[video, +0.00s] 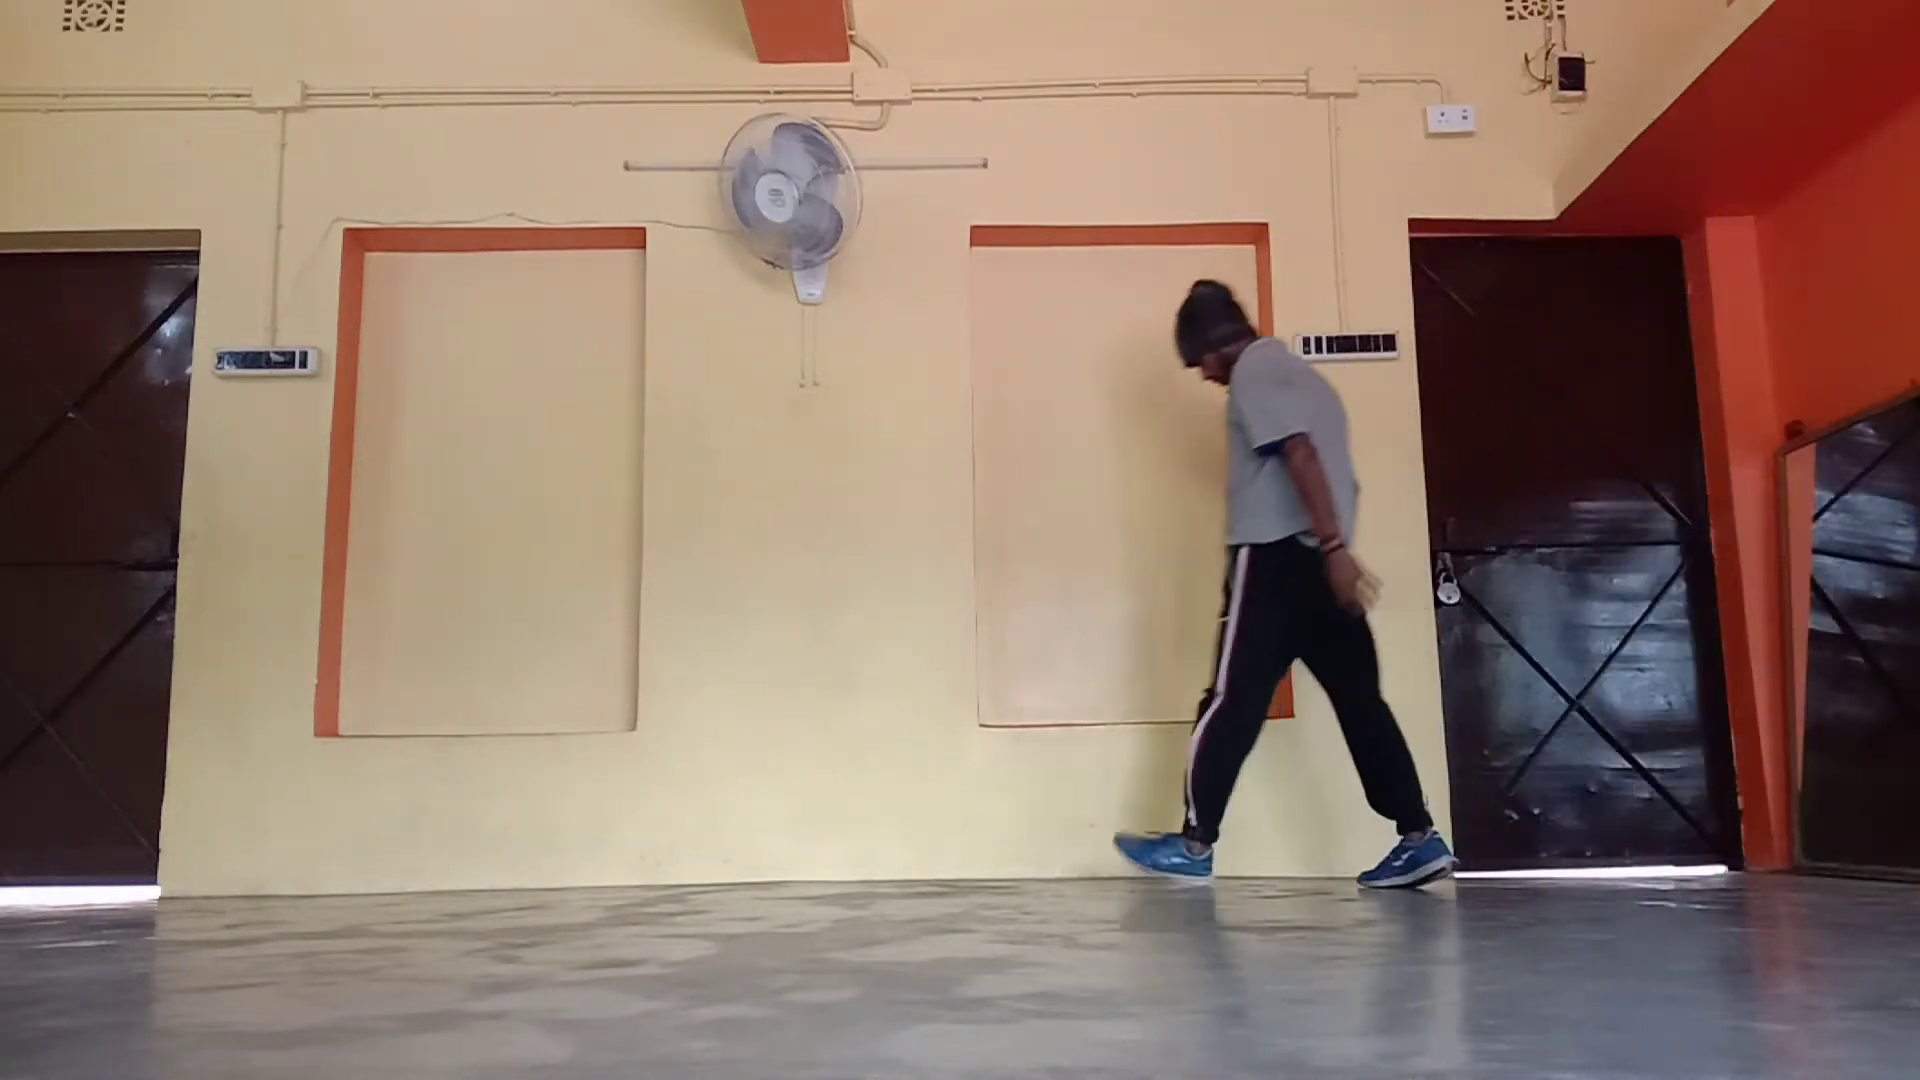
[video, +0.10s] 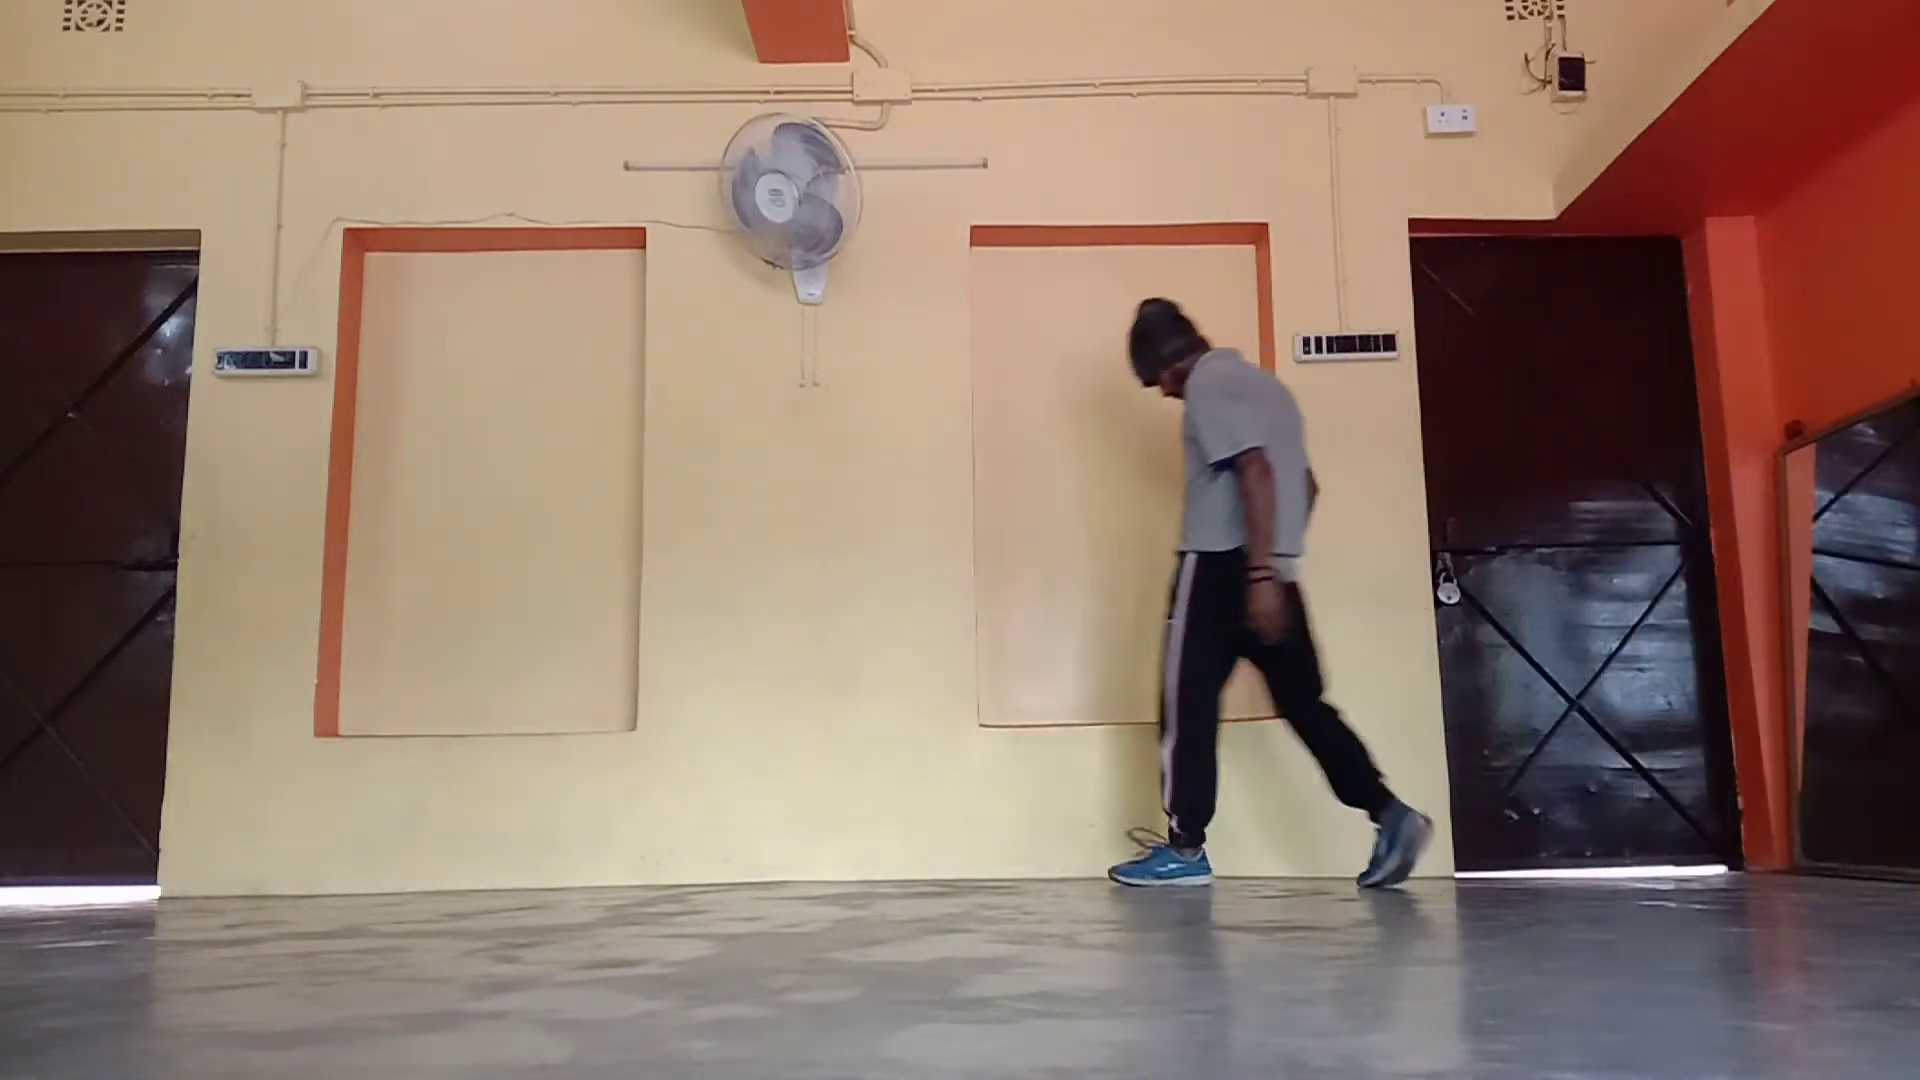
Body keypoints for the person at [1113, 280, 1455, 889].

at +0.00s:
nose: (1205, 375)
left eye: (1201, 362)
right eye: (1198, 366)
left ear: (1219, 343)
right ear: (1241, 330)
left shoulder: (1257, 370)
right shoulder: (1298, 372)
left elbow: (1301, 453)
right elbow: (1323, 468)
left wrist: (1335, 547)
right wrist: (1343, 558)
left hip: (1270, 554)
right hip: (1316, 555)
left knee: (1233, 698)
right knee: (1359, 700)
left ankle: (1195, 843)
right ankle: (1419, 836)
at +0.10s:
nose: (1162, 391)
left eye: (1157, 379)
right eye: (1155, 383)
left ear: (1171, 357)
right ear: (1196, 341)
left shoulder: (1211, 382)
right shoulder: (1267, 386)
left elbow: (1256, 471)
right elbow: (1306, 488)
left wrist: (1262, 571)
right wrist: (1274, 560)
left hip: (1213, 567)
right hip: (1266, 571)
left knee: (1187, 702)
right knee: (1304, 705)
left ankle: (1185, 848)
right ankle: (1392, 818)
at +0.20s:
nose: (1124, 400)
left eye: (1118, 390)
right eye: (1116, 392)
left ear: (1129, 369)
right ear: (1157, 347)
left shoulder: (1169, 390)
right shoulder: (1231, 390)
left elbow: (1208, 473)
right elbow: (1272, 481)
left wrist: (1180, 571)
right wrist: (1228, 543)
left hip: (1177, 567)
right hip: (1224, 574)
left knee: (1142, 707)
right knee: (1214, 702)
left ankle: (1182, 847)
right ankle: (1320, 784)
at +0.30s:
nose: (1093, 387)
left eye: (1087, 375)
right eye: (1084, 379)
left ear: (1101, 353)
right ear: (1125, 337)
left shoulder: (1144, 376)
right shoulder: (1187, 376)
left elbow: (1184, 462)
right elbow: (1231, 472)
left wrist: (1140, 549)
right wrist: (1180, 530)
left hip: (1163, 557)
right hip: (1187, 557)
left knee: (1128, 699)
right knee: (1149, 694)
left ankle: (1179, 842)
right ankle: (1233, 800)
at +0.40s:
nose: (1057, 371)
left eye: (1055, 360)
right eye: (1050, 363)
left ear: (1073, 343)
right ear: (1089, 333)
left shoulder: (1129, 367)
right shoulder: (1114, 375)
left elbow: (1184, 451)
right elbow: (1175, 459)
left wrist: (1132, 533)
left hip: (1148, 557)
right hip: (1126, 558)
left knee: (1134, 694)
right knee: (1099, 692)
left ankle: (1179, 840)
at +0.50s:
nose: (1033, 378)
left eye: (1030, 367)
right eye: (1026, 370)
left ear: (1047, 353)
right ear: (1058, 344)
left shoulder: (1113, 374)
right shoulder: (1086, 387)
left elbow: (1181, 449)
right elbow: (1122, 465)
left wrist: (1124, 529)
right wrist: (1095, 539)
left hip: (1128, 568)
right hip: (1098, 571)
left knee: (1135, 704)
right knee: (1072, 702)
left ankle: (1181, 841)